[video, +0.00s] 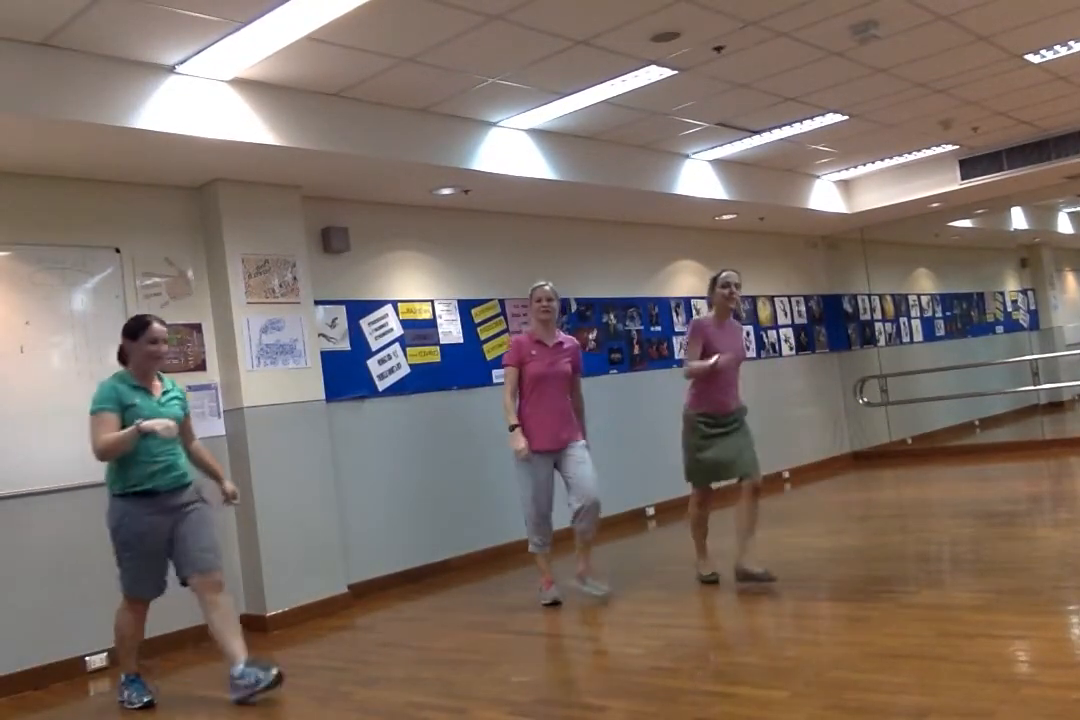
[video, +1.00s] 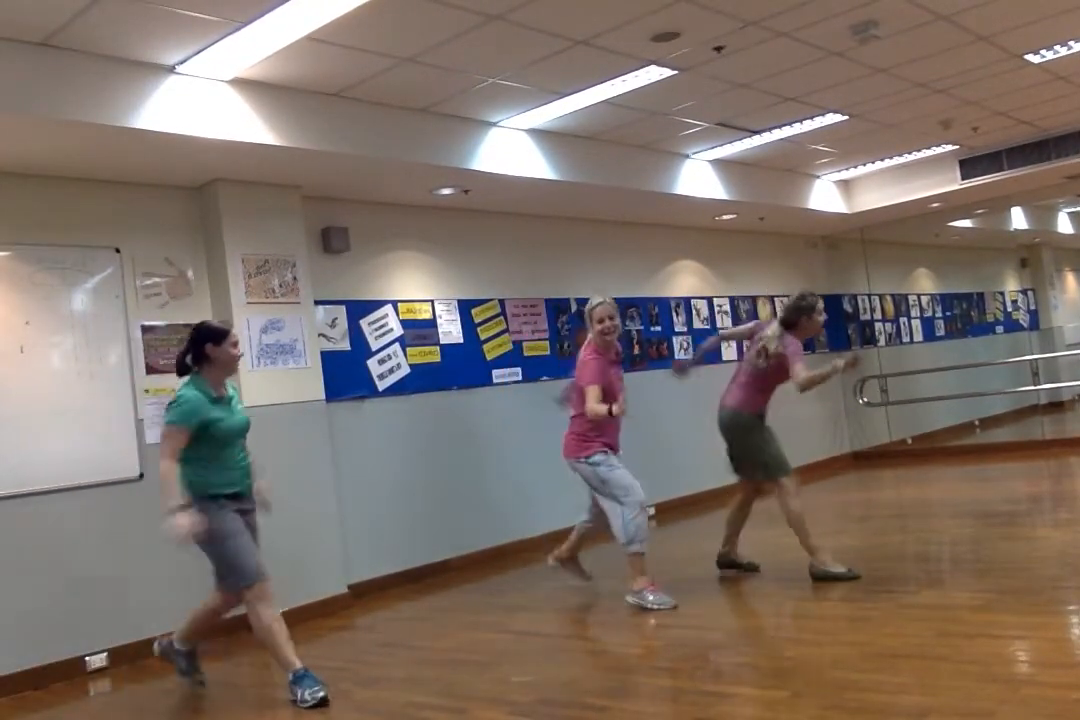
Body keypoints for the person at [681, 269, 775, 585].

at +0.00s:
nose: (731, 291)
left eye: (736, 287)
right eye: (725, 285)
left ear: (739, 294)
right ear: (712, 292)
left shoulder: (738, 329)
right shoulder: (699, 326)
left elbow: (733, 369)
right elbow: (689, 368)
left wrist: (737, 400)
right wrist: (712, 362)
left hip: (733, 416)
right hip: (701, 418)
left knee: (752, 481)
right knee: (701, 494)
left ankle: (742, 561)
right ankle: (703, 561)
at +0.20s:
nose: (740, 290)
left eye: (745, 286)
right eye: (734, 285)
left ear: (750, 292)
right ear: (722, 291)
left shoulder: (747, 327)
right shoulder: (714, 323)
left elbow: (741, 366)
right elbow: (710, 363)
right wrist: (743, 370)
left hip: (752, 414)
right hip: (721, 415)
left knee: (758, 493)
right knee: (725, 492)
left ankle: (748, 567)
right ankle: (706, 547)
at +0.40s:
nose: (764, 288)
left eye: (765, 283)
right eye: (757, 282)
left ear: (765, 289)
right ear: (741, 288)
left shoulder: (758, 324)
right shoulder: (733, 324)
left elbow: (762, 374)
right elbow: (721, 375)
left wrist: (799, 387)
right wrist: (731, 421)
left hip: (759, 410)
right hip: (745, 411)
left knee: (761, 491)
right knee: (793, 467)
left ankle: (749, 568)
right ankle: (759, 540)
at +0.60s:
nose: (797, 295)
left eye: (796, 290)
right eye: (791, 290)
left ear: (784, 296)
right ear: (772, 296)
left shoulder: (784, 330)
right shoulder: (758, 330)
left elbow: (800, 366)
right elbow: (731, 368)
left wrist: (843, 356)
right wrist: (738, 408)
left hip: (774, 411)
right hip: (767, 412)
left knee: (777, 491)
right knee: (809, 480)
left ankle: (748, 567)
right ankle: (821, 562)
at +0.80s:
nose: (829, 313)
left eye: (828, 307)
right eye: (824, 307)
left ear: (805, 311)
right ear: (807, 311)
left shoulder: (780, 336)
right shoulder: (787, 343)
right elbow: (777, 393)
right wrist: (814, 414)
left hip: (756, 416)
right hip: (764, 418)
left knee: (788, 490)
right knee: (812, 482)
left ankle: (744, 549)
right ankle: (821, 561)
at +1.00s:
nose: (824, 320)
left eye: (822, 314)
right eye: (819, 315)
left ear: (798, 317)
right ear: (804, 320)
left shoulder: (766, 326)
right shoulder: (791, 346)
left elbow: (721, 336)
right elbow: (802, 382)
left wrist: (692, 361)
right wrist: (838, 367)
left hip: (731, 414)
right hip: (745, 419)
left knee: (751, 486)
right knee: (786, 484)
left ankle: (727, 553)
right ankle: (819, 560)